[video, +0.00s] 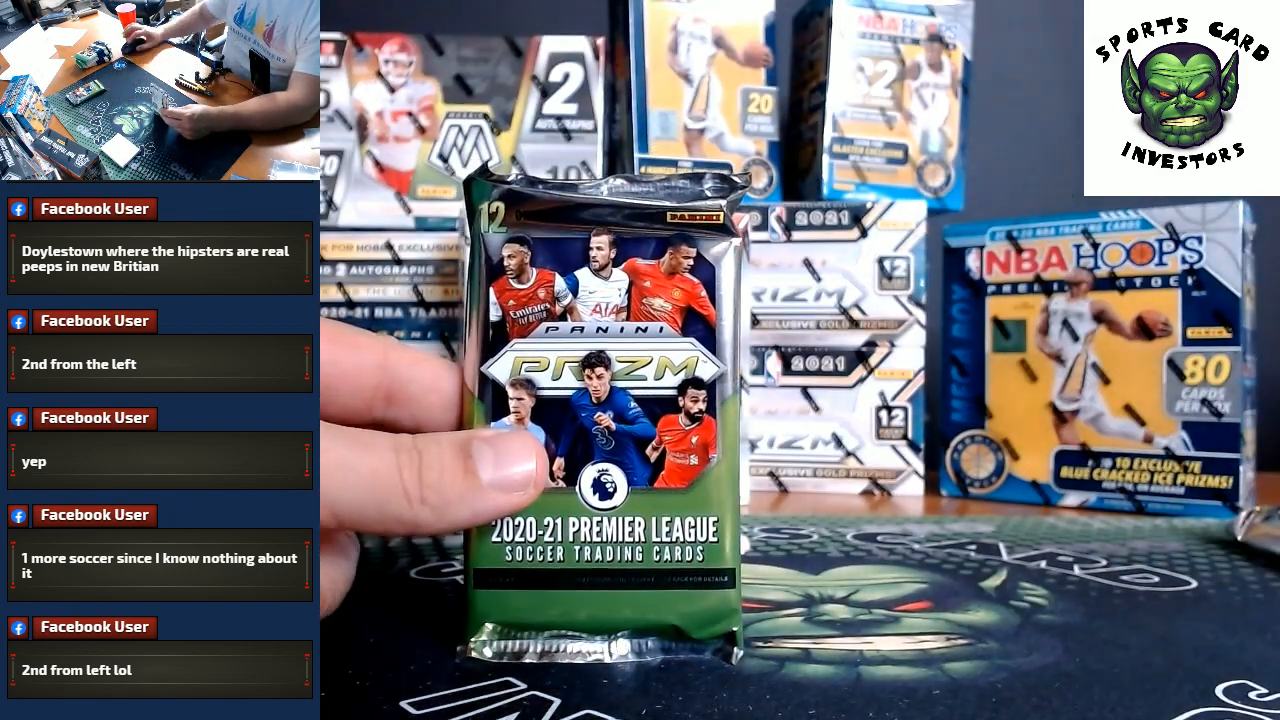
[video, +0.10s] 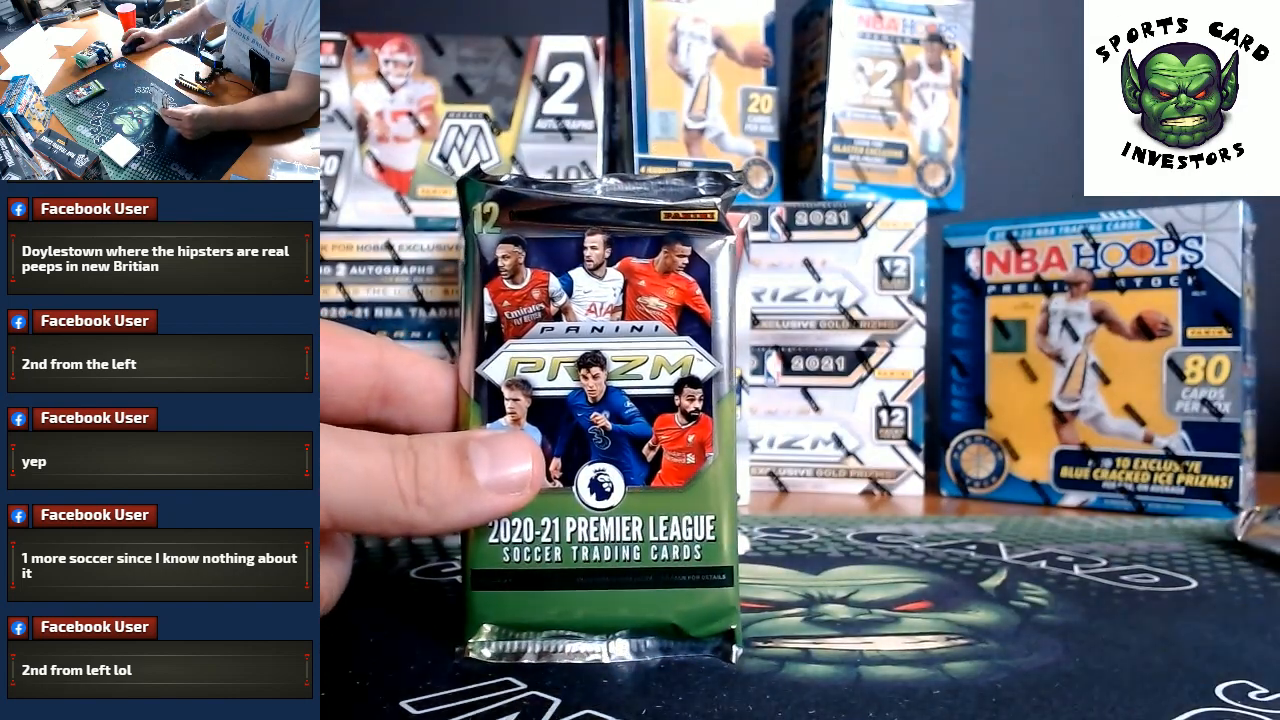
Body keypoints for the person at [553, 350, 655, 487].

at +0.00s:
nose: (595, 384)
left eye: (600, 377)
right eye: (589, 378)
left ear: (609, 375)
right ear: (584, 378)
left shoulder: (621, 399)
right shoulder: (578, 400)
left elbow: (649, 431)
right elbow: (572, 423)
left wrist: (616, 428)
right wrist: (561, 456)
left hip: (632, 474)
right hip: (601, 473)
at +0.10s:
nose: (590, 384)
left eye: (596, 377)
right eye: (585, 378)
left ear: (605, 375)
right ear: (579, 378)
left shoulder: (617, 398)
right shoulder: (574, 400)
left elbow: (646, 430)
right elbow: (568, 424)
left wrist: (613, 427)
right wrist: (557, 456)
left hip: (629, 473)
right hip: (598, 471)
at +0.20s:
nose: (587, 384)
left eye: (592, 377)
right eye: (581, 377)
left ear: (602, 375)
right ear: (576, 378)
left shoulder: (613, 398)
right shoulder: (570, 400)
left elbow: (642, 430)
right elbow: (564, 423)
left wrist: (609, 427)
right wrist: (554, 456)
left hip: (625, 472)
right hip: (594, 470)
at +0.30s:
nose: (587, 384)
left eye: (592, 377)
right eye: (581, 377)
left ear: (601, 375)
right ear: (575, 378)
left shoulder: (612, 398)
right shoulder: (570, 400)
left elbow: (641, 430)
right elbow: (564, 423)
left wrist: (608, 427)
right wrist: (553, 456)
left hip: (625, 471)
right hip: (594, 469)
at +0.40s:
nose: (589, 383)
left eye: (594, 377)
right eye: (583, 377)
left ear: (603, 374)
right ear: (577, 377)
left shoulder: (615, 398)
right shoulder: (572, 400)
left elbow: (643, 429)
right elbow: (567, 421)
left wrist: (610, 427)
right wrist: (555, 455)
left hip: (627, 472)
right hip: (596, 470)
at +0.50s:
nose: (588, 384)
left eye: (593, 377)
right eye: (583, 377)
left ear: (603, 374)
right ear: (577, 377)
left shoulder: (615, 398)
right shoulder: (572, 400)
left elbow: (643, 429)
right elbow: (566, 421)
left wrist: (610, 427)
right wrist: (555, 455)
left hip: (627, 472)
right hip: (596, 470)